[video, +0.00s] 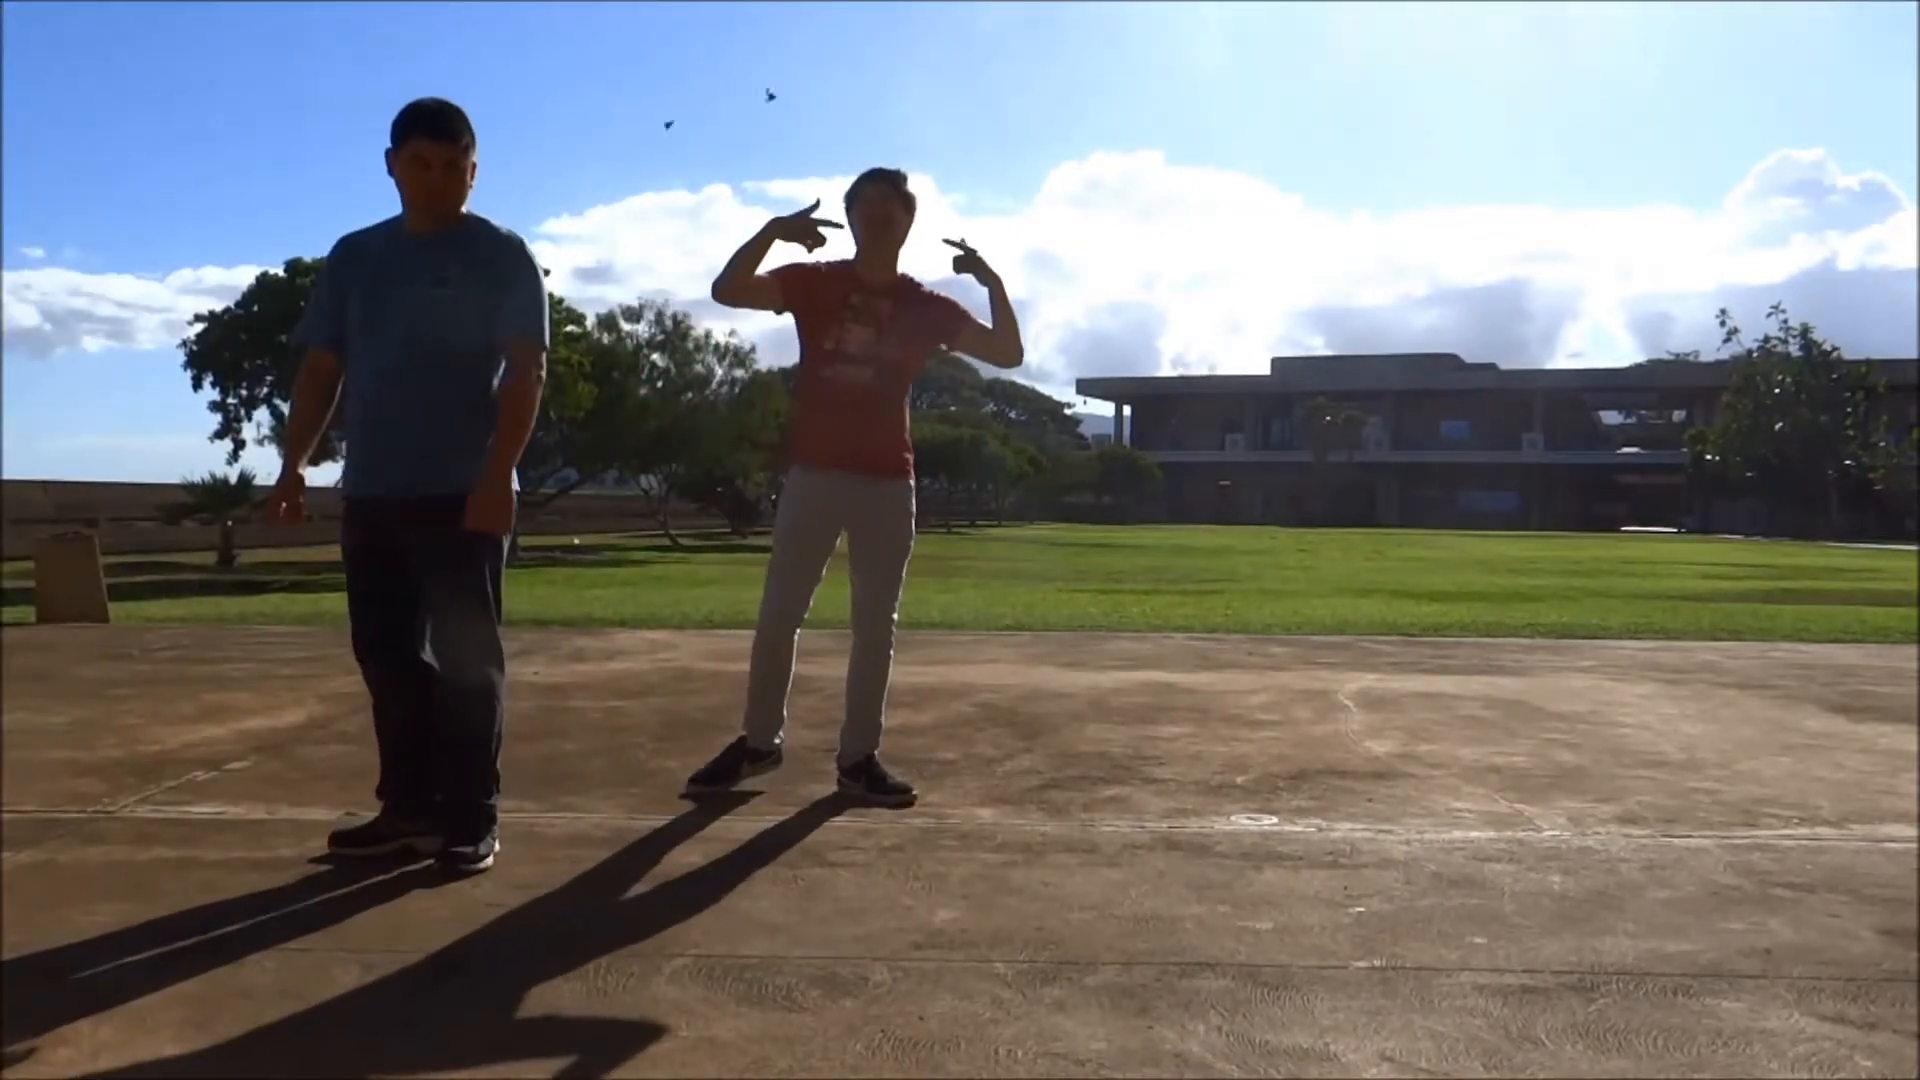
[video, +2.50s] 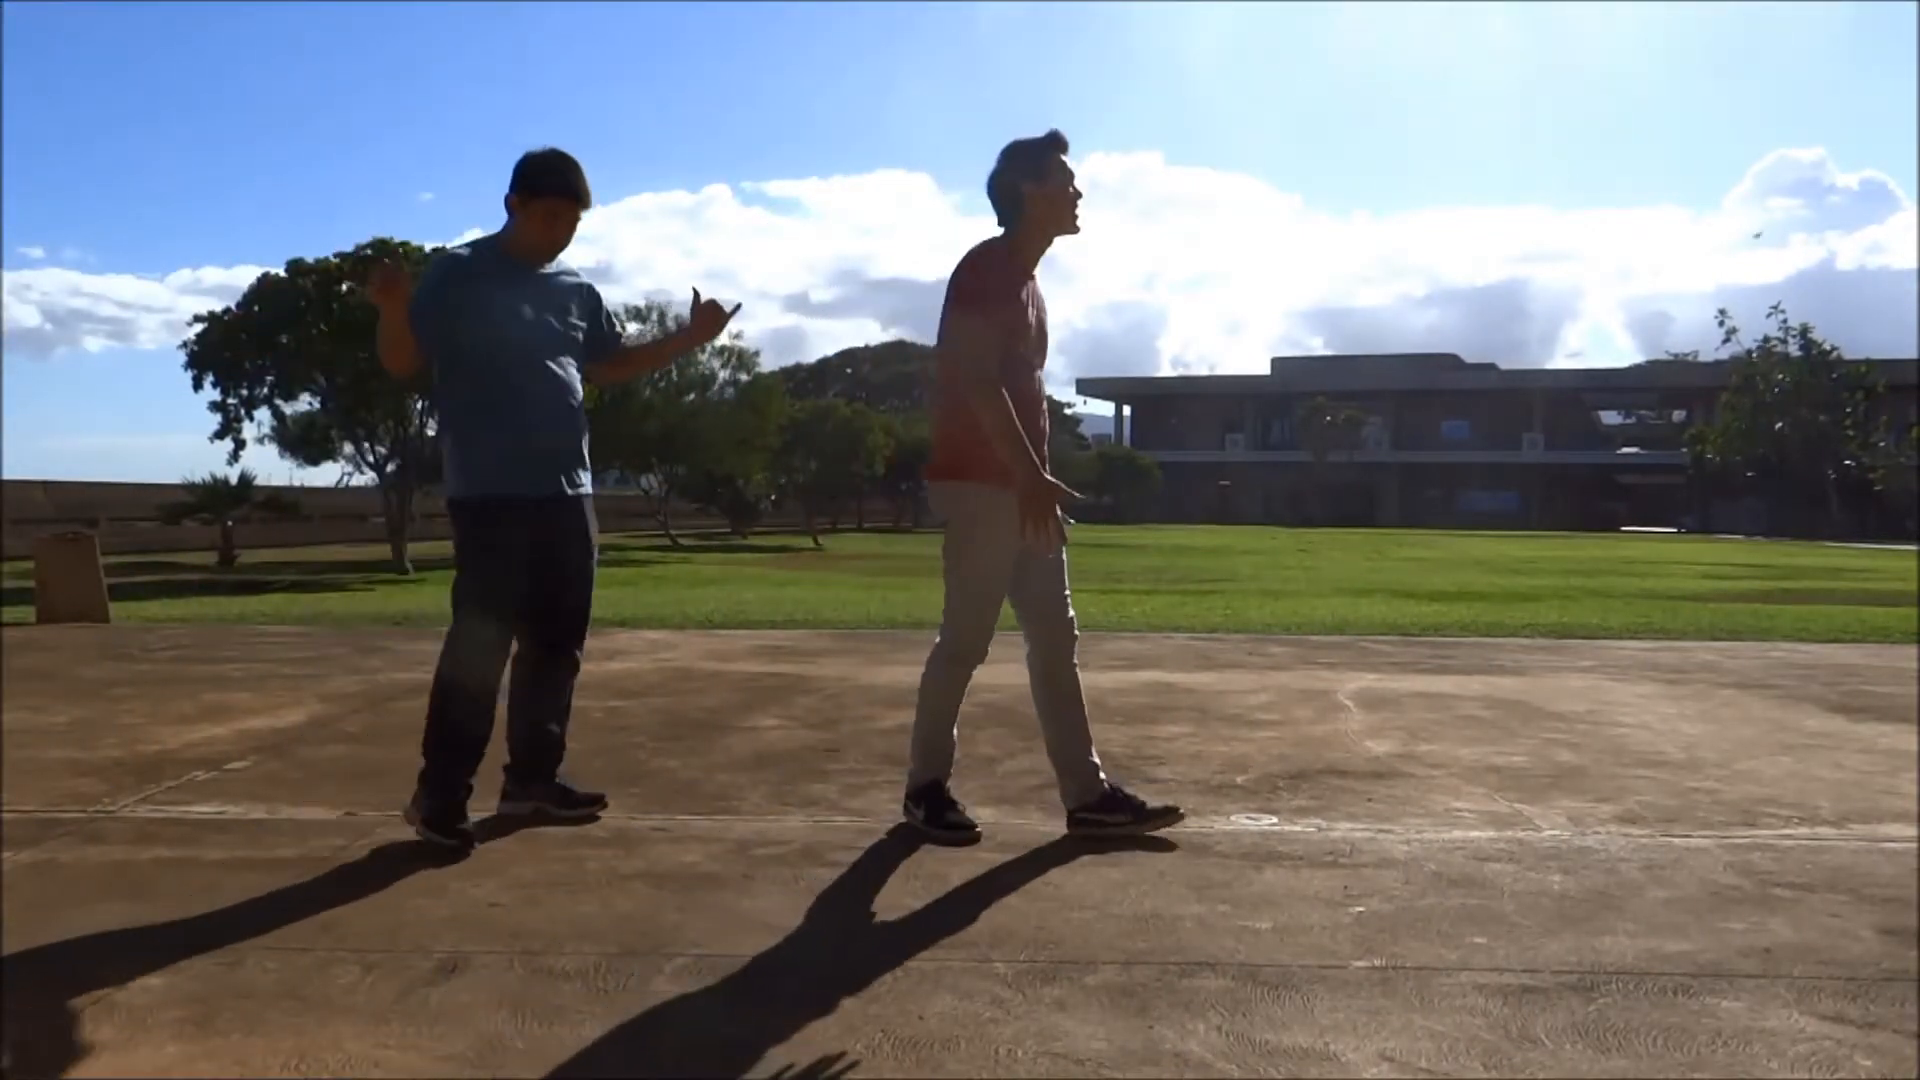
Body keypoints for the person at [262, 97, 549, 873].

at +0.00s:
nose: (439, 178)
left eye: (452, 163)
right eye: (422, 164)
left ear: (473, 168)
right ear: (393, 166)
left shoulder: (503, 256)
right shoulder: (354, 257)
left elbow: (525, 370)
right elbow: (321, 368)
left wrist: (498, 476)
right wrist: (294, 463)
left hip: (466, 491)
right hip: (375, 491)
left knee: (467, 659)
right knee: (387, 658)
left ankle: (472, 823)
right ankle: (407, 811)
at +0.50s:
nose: (482, 182)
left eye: (494, 168)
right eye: (464, 167)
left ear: (513, 169)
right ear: (434, 166)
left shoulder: (541, 266)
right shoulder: (376, 253)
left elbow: (563, 381)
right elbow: (335, 368)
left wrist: (554, 476)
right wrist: (311, 469)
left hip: (489, 491)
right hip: (387, 487)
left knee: (486, 663)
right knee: (359, 645)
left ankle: (477, 820)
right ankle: (360, 782)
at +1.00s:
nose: (426, 183)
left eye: (434, 169)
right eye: (410, 168)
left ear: (442, 176)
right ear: (368, 169)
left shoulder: (463, 266)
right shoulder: (311, 255)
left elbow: (502, 362)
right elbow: (251, 350)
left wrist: (533, 419)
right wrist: (274, 370)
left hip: (444, 493)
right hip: (344, 497)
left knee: (457, 658)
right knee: (334, 661)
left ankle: (477, 816)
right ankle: (329, 811)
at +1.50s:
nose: (393, 180)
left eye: (403, 169)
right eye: (377, 166)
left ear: (414, 179)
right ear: (339, 171)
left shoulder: (427, 266)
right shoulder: (287, 256)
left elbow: (485, 353)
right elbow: (217, 345)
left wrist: (516, 288)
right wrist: (249, 251)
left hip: (411, 487)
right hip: (315, 492)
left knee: (406, 652)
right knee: (324, 655)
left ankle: (385, 797)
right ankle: (330, 806)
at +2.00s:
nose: (454, 209)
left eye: (462, 196)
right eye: (440, 193)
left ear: (470, 200)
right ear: (401, 187)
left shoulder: (468, 273)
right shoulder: (341, 259)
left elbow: (521, 354)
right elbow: (270, 340)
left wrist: (538, 283)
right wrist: (311, 254)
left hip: (449, 490)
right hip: (360, 493)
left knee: (487, 636)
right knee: (349, 655)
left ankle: (518, 776)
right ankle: (333, 804)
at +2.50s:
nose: (569, 232)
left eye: (576, 219)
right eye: (561, 217)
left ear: (575, 217)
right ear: (522, 204)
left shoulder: (577, 294)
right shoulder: (451, 274)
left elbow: (606, 367)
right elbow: (402, 364)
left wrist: (692, 336)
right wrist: (393, 307)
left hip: (564, 491)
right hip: (486, 491)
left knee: (556, 641)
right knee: (479, 640)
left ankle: (535, 780)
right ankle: (441, 797)